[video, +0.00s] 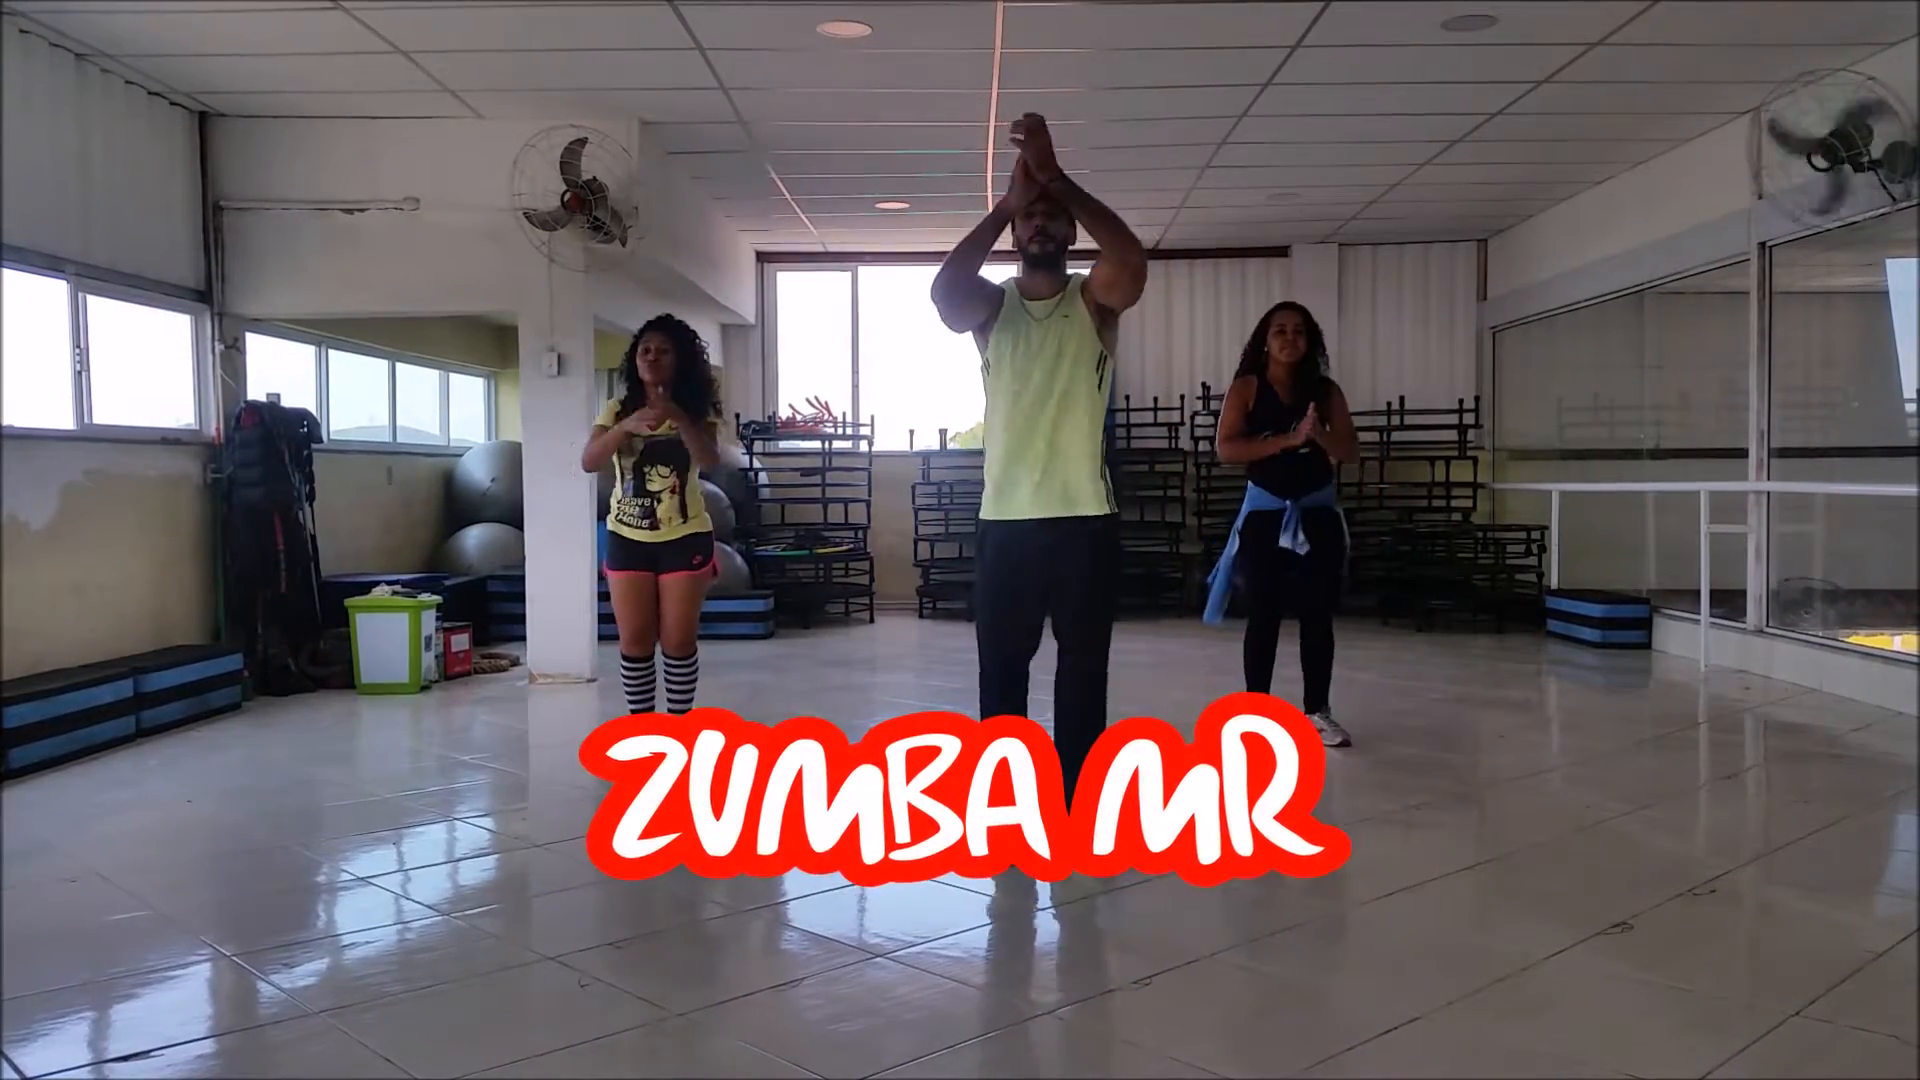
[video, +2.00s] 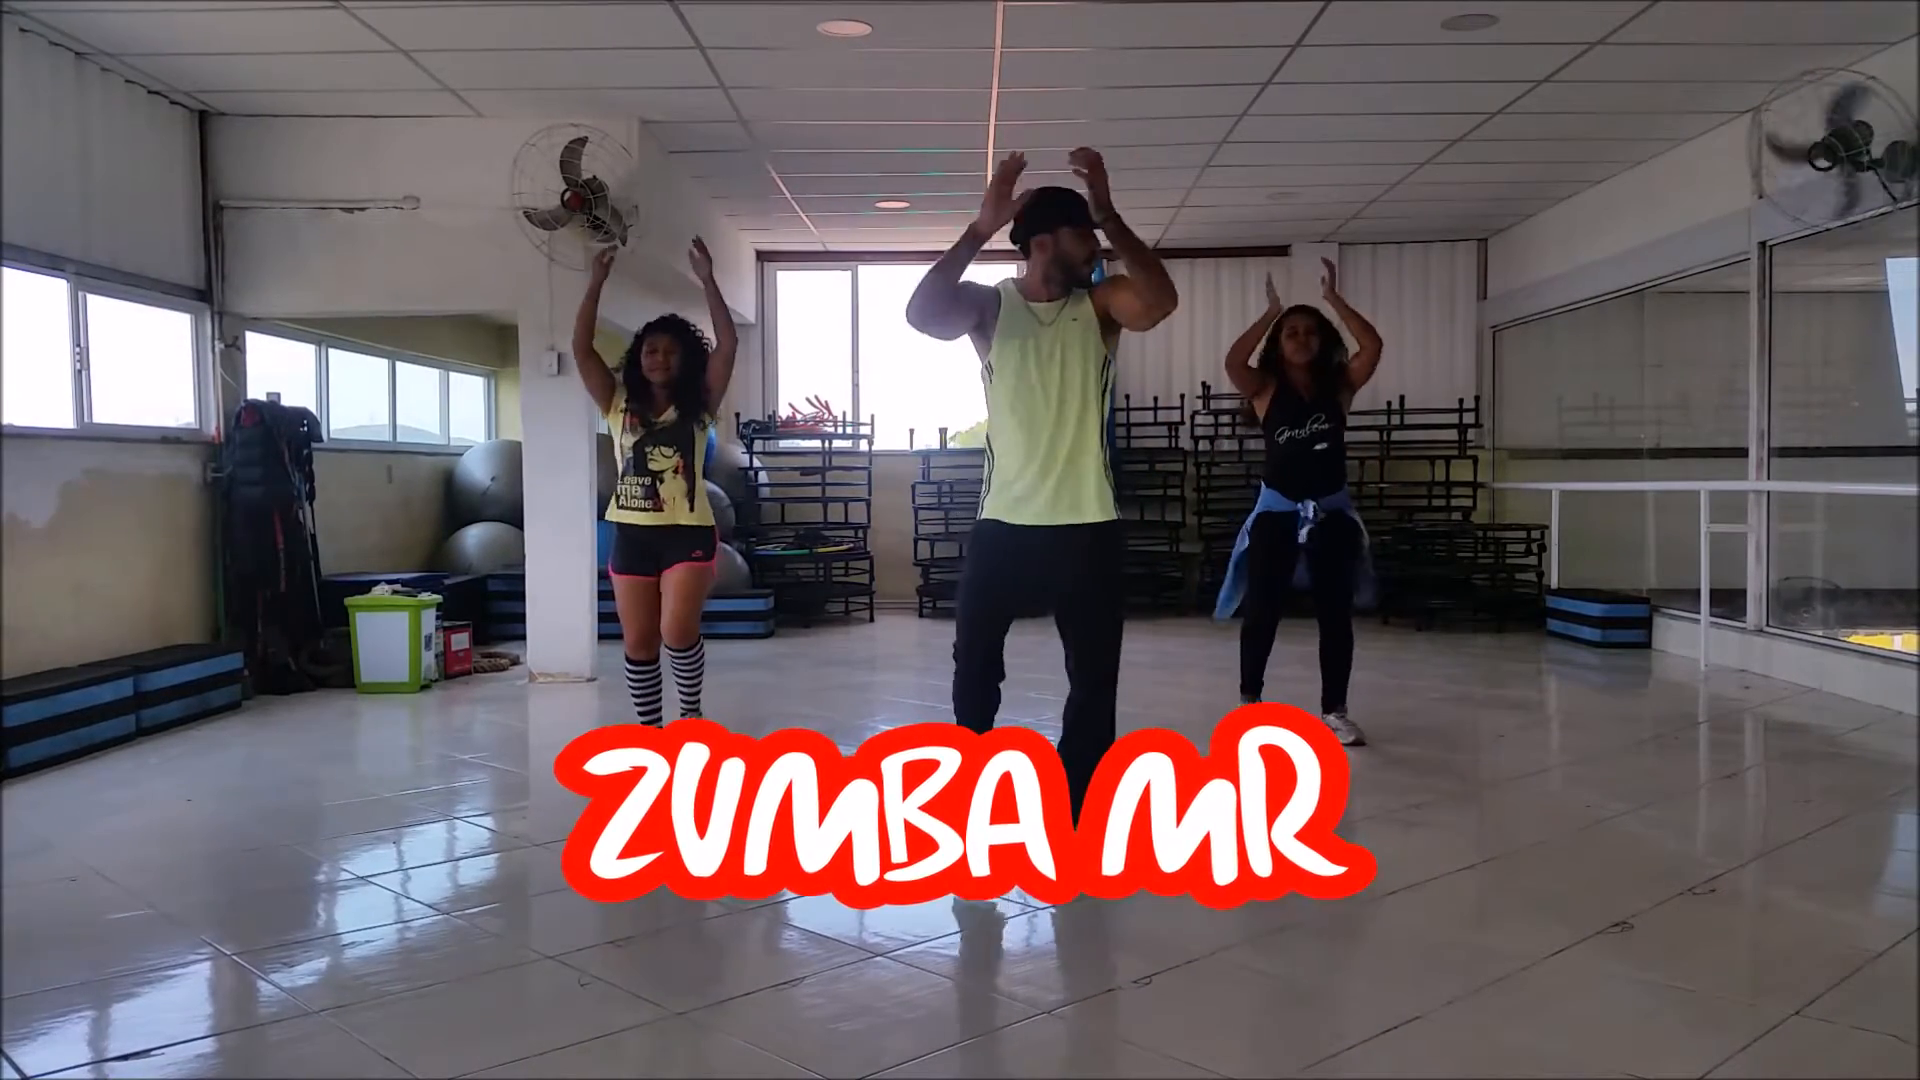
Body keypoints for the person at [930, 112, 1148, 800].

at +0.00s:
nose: (1041, 224)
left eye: (1053, 214)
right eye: (1030, 215)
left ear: (1073, 230)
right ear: (1013, 233)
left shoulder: (1095, 301)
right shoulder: (993, 306)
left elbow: (1129, 258)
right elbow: (947, 290)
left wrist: (1058, 180)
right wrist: (1002, 212)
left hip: (1085, 522)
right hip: (1007, 523)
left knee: (1083, 686)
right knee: (1001, 684)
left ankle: (1079, 818)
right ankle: (999, 816)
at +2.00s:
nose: (1093, 243)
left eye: (1093, 233)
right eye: (1083, 232)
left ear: (1071, 243)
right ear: (1042, 239)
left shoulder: (1100, 300)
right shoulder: (990, 305)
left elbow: (1160, 300)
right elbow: (923, 311)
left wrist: (1109, 217)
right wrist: (982, 225)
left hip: (1088, 523)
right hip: (1005, 522)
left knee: (1095, 684)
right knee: (975, 666)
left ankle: (1082, 819)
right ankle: (969, 798)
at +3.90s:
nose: (1066, 228)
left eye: (1079, 216)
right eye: (1053, 217)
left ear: (1098, 226)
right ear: (1035, 229)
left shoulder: (1129, 300)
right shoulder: (1004, 309)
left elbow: (1211, 350)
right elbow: (922, 378)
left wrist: (1179, 300)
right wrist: (937, 315)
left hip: (1109, 525)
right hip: (1021, 523)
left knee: (1127, 680)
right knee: (977, 663)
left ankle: (1118, 825)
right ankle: (973, 801)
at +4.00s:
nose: (1060, 233)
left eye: (1073, 221)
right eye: (1047, 221)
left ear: (1094, 227)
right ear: (1030, 229)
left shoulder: (1133, 306)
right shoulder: (1000, 312)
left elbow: (1231, 366)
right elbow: (923, 378)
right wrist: (913, 410)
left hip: (1108, 529)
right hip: (1018, 527)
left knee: (1124, 686)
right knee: (975, 669)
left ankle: (1119, 823)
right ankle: (951, 808)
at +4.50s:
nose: (1013, 242)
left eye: (1026, 230)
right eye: (1001, 229)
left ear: (1047, 239)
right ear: (985, 237)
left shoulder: (1085, 322)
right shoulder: (946, 329)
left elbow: (1136, 406)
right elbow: (907, 419)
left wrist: (1119, 465)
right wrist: (897, 498)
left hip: (1070, 540)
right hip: (976, 542)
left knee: (1125, 685)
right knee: (937, 695)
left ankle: (1133, 817)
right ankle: (915, 829)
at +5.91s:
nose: (1031, 303)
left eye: (1043, 292)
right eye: (1019, 292)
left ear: (1063, 302)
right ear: (1002, 304)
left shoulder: (1106, 374)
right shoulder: (976, 400)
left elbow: (1136, 466)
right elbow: (940, 504)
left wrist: (1140, 527)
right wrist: (906, 581)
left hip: (1080, 592)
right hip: (983, 590)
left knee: (1163, 715)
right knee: (918, 717)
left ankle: (1180, 833)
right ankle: (888, 834)